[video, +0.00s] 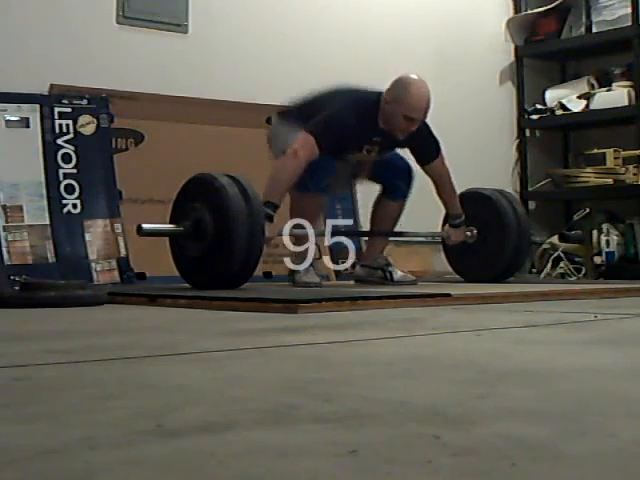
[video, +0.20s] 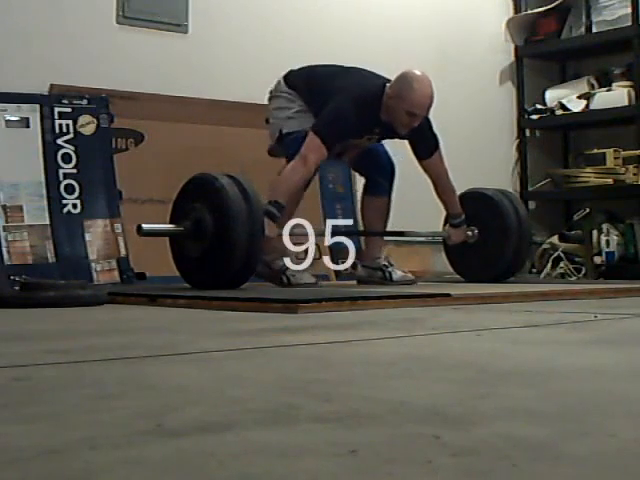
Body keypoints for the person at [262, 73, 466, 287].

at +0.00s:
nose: (412, 128)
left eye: (418, 121)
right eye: (408, 119)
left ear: (423, 116)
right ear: (386, 103)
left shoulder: (414, 128)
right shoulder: (349, 111)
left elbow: (439, 171)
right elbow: (297, 153)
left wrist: (457, 219)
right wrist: (266, 213)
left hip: (342, 151)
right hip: (293, 133)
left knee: (399, 172)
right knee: (319, 168)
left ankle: (371, 262)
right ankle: (303, 265)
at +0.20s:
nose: (416, 124)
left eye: (421, 117)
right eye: (411, 115)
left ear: (426, 111)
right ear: (389, 100)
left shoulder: (415, 119)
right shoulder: (353, 104)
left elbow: (438, 171)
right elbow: (306, 160)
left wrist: (457, 219)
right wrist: (270, 216)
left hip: (340, 116)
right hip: (295, 100)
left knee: (382, 168)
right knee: (303, 165)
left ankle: (372, 262)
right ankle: (269, 253)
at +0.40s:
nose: (416, 125)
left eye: (421, 118)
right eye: (411, 116)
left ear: (426, 111)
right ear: (389, 100)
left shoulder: (416, 118)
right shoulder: (354, 105)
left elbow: (438, 170)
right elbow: (304, 161)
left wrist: (456, 218)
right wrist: (269, 215)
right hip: (299, 100)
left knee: (382, 168)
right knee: (295, 171)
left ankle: (372, 262)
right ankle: (273, 260)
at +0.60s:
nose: (414, 126)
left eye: (420, 120)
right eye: (410, 117)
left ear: (426, 112)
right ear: (389, 101)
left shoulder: (415, 116)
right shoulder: (353, 106)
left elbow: (437, 169)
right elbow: (303, 160)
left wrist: (455, 218)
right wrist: (269, 214)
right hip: (300, 101)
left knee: (382, 169)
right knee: (300, 175)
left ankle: (373, 262)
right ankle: (281, 262)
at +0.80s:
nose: (413, 128)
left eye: (418, 122)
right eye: (409, 119)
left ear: (424, 113)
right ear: (388, 101)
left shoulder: (411, 114)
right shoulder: (351, 106)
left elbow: (434, 170)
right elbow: (302, 160)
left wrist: (454, 218)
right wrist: (267, 212)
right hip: (298, 102)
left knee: (379, 169)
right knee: (302, 174)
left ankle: (372, 262)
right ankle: (291, 265)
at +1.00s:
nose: (410, 130)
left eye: (415, 124)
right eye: (405, 121)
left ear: (422, 115)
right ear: (385, 103)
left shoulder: (409, 117)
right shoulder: (348, 108)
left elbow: (432, 171)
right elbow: (299, 161)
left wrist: (453, 218)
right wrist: (266, 210)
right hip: (296, 102)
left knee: (379, 170)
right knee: (303, 172)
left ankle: (372, 263)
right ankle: (296, 265)